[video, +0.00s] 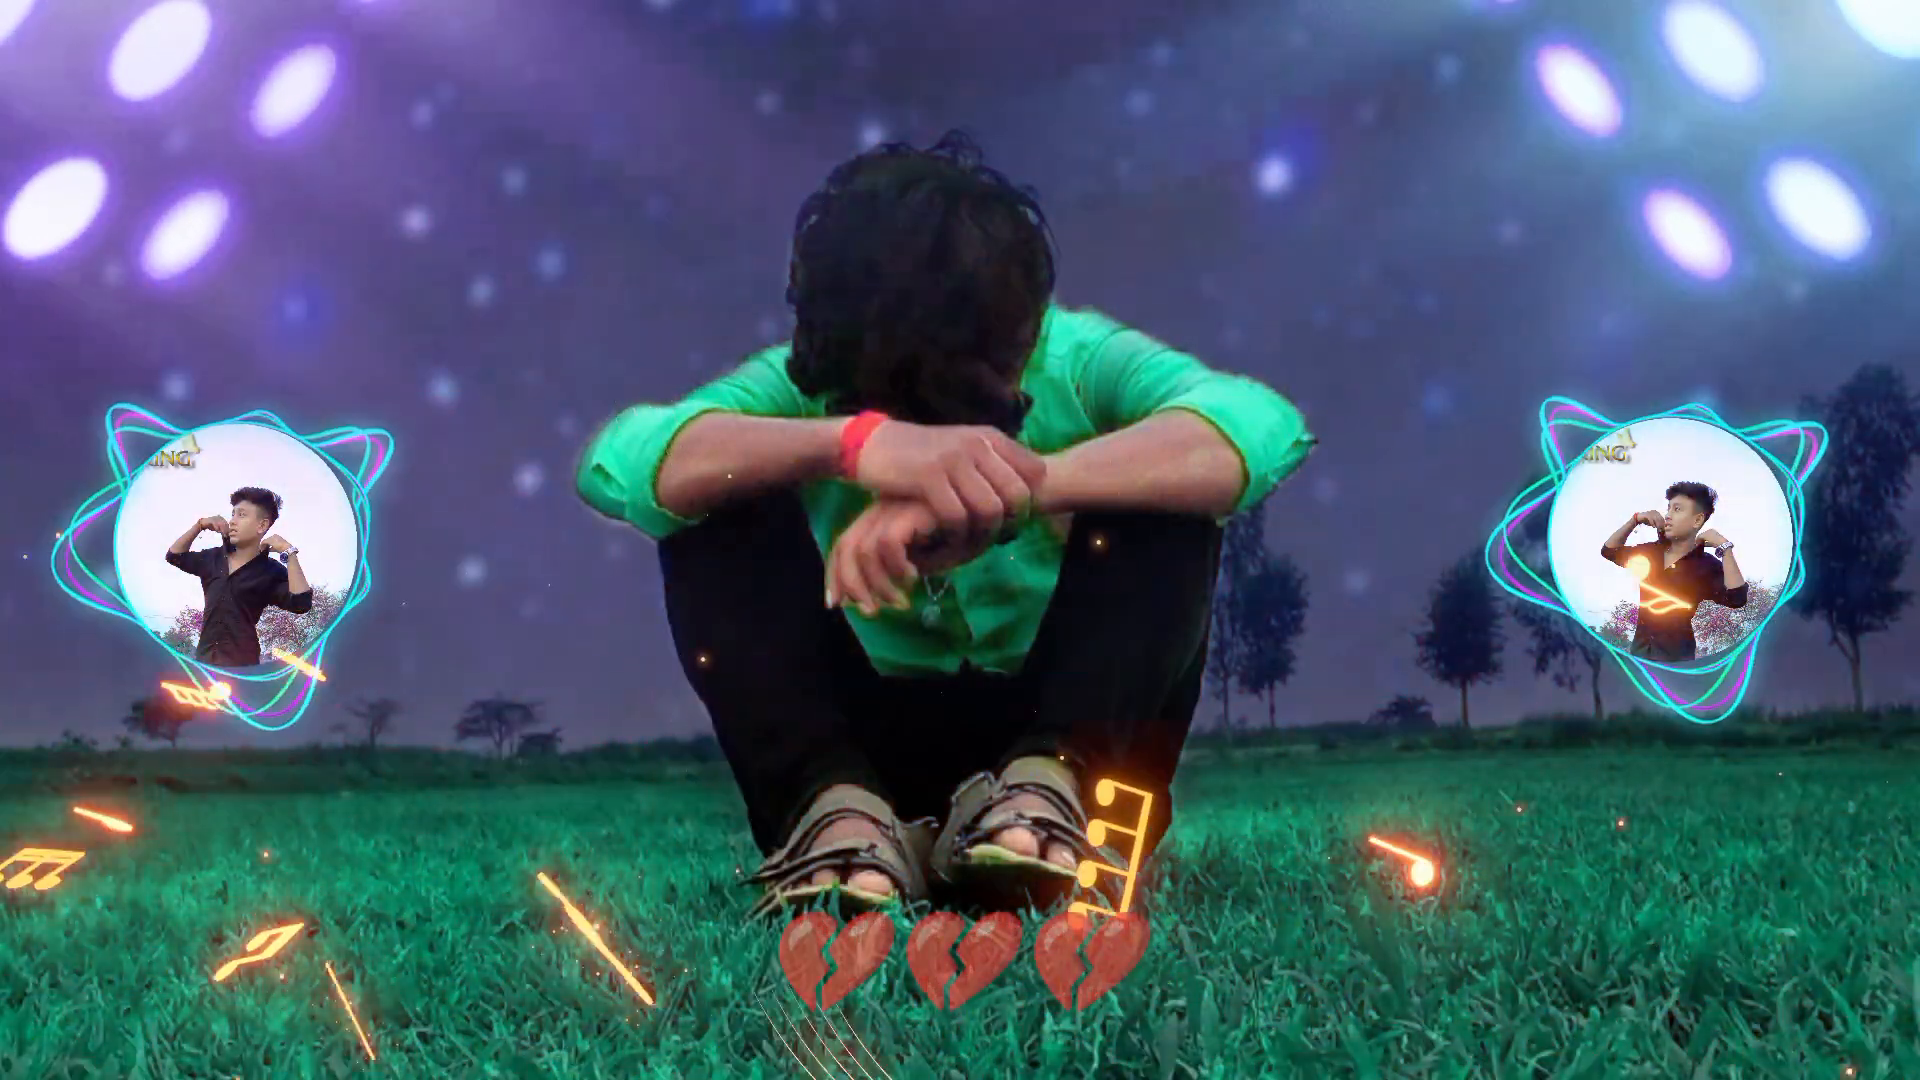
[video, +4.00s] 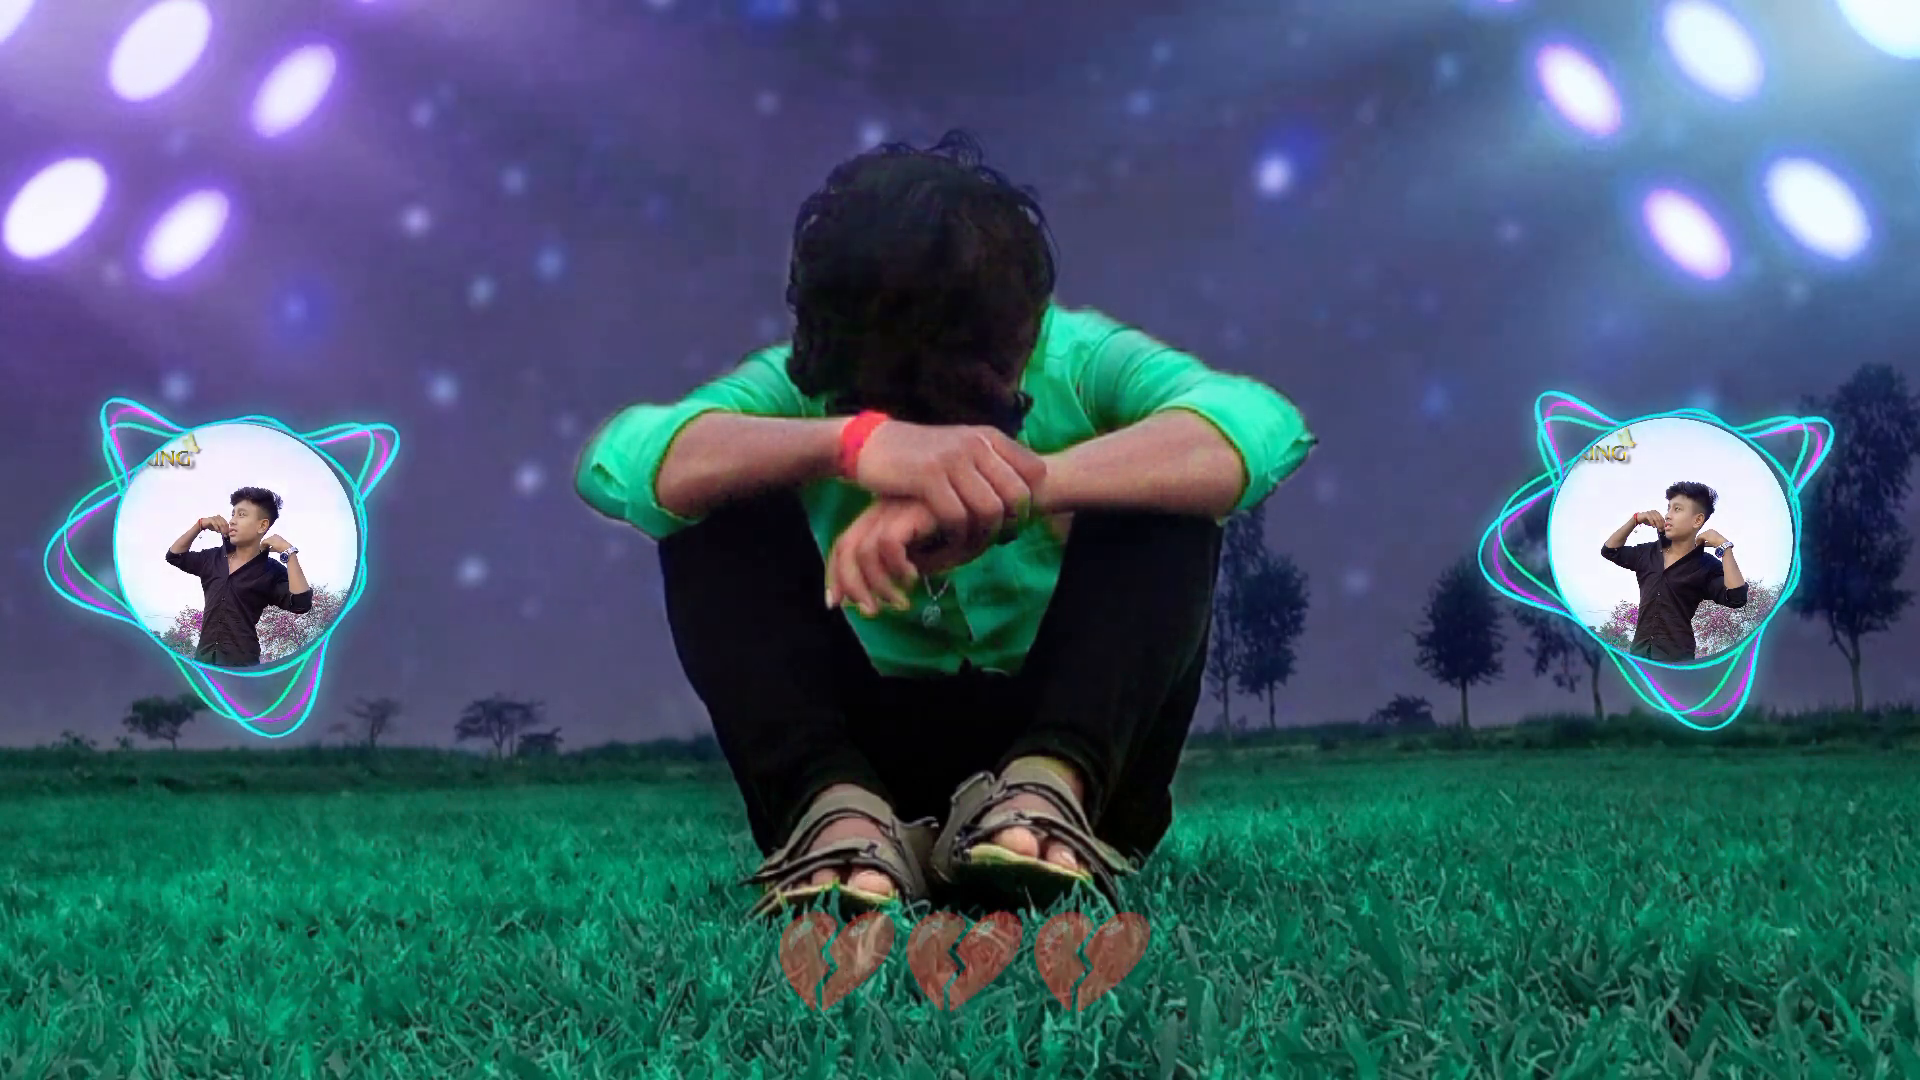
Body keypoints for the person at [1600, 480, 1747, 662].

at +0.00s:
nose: (1667, 515)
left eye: (1677, 509)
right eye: (1669, 509)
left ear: (1698, 520)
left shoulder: (1706, 565)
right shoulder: (1651, 552)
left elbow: (1737, 600)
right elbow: (1609, 551)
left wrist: (1725, 547)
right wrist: (1634, 521)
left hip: (1677, 655)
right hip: (1640, 650)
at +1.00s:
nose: (1667, 515)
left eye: (1677, 509)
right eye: (1668, 509)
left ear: (1698, 520)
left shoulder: (1705, 564)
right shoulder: (1647, 553)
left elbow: (1737, 599)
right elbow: (1609, 551)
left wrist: (1725, 547)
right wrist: (1635, 520)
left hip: (1677, 660)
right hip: (1639, 655)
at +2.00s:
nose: (1667, 515)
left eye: (1677, 509)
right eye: (1668, 509)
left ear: (1698, 520)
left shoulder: (1705, 564)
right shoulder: (1647, 553)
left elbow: (1737, 599)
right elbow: (1609, 551)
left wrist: (1725, 547)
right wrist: (1634, 520)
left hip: (1677, 658)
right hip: (1639, 653)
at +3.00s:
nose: (1667, 515)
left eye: (1677, 509)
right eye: (1668, 509)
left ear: (1698, 520)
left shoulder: (1705, 565)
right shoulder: (1647, 553)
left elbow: (1737, 599)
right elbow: (1609, 551)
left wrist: (1725, 547)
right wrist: (1634, 520)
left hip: (1677, 659)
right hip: (1639, 654)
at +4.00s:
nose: (1667, 515)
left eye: (1677, 509)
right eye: (1668, 508)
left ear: (1698, 520)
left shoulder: (1705, 564)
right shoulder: (1647, 553)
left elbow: (1737, 599)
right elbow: (1609, 551)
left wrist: (1725, 547)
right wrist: (1634, 520)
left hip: (1677, 658)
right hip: (1639, 654)